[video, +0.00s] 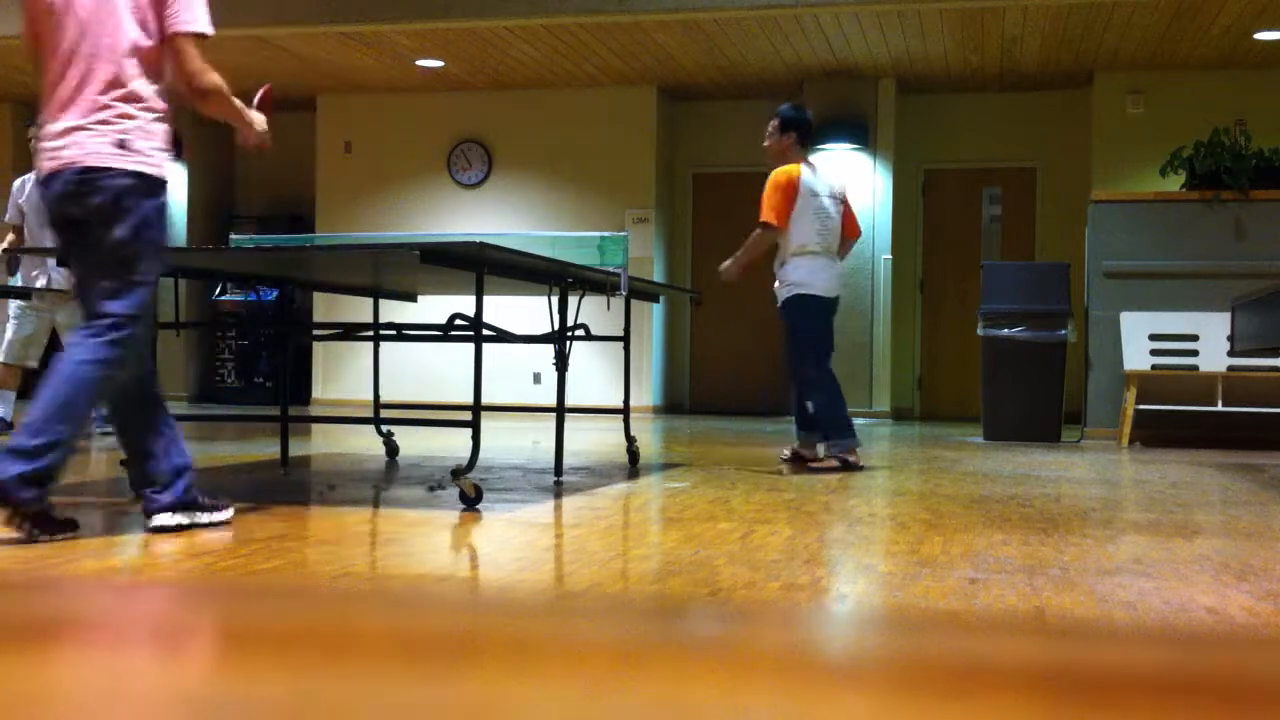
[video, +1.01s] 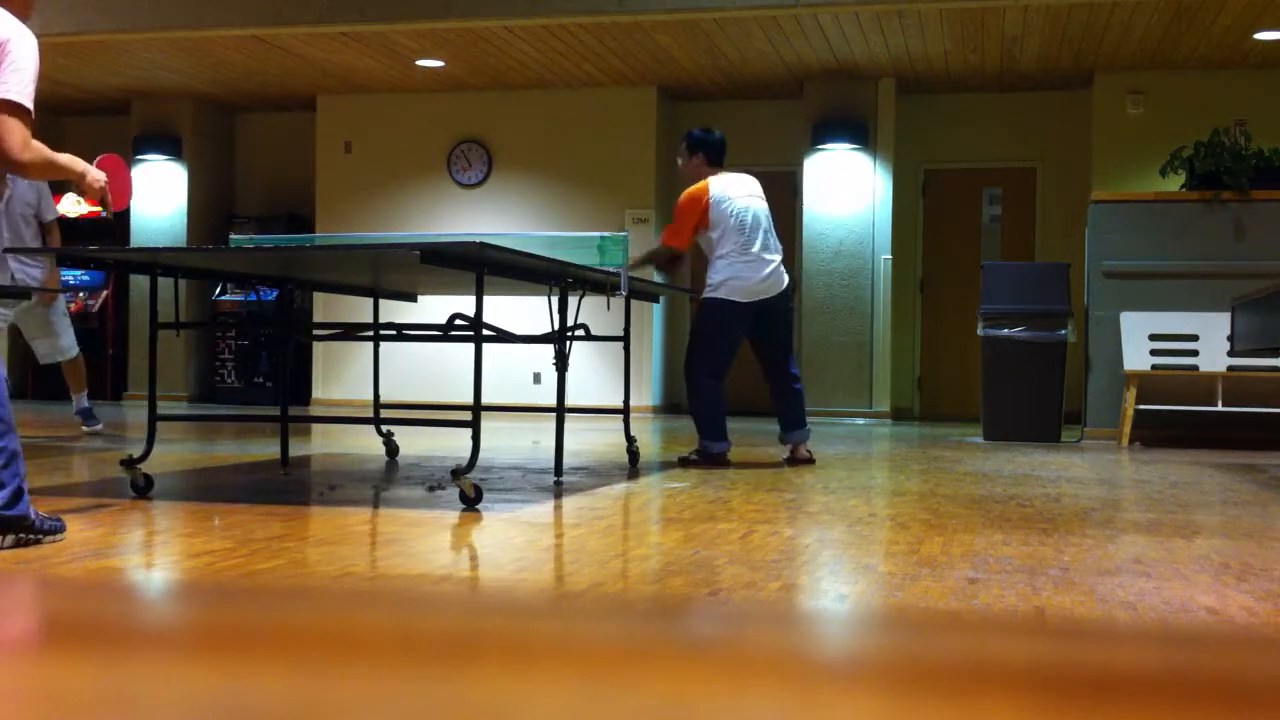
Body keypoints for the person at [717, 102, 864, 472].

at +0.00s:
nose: (765, 141)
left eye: (771, 134)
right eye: (767, 133)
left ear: (791, 138)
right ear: (797, 139)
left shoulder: (783, 176)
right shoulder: (826, 180)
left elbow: (769, 229)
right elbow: (851, 232)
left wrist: (737, 262)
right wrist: (825, 264)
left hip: (801, 281)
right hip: (826, 281)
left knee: (812, 365)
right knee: (806, 364)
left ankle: (843, 448)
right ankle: (808, 445)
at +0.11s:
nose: (759, 147)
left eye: (765, 140)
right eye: (761, 140)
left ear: (783, 143)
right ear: (792, 145)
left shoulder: (778, 180)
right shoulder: (824, 185)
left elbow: (758, 233)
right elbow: (845, 238)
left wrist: (721, 265)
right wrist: (823, 269)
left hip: (795, 285)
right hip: (825, 286)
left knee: (789, 366)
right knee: (808, 367)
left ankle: (831, 438)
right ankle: (807, 444)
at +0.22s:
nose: (749, 159)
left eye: (753, 150)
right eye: (749, 151)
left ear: (771, 149)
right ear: (782, 151)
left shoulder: (773, 181)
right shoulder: (814, 186)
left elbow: (741, 235)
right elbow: (828, 245)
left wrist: (702, 269)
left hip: (789, 288)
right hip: (823, 292)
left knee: (753, 354)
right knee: (806, 365)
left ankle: (791, 434)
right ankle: (805, 443)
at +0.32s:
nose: (740, 161)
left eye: (743, 153)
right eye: (740, 153)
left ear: (758, 153)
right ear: (772, 154)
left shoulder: (761, 182)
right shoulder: (801, 183)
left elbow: (728, 236)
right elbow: (811, 240)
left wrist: (690, 271)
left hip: (786, 285)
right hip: (822, 289)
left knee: (747, 355)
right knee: (806, 366)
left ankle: (747, 444)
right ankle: (807, 447)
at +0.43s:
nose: (726, 170)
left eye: (729, 161)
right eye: (726, 162)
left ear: (743, 158)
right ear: (759, 157)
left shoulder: (746, 188)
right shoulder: (793, 185)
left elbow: (714, 241)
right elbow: (798, 240)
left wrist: (680, 274)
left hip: (776, 290)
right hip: (815, 293)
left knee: (742, 363)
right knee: (806, 365)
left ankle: (715, 443)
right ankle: (808, 446)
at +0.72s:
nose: (687, 178)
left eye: (688, 171)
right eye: (686, 171)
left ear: (702, 169)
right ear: (720, 167)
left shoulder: (704, 203)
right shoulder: (755, 188)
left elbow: (687, 259)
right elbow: (751, 244)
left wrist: (648, 279)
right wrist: (714, 269)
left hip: (745, 293)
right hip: (788, 291)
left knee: (711, 369)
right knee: (791, 369)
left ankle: (713, 448)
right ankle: (805, 446)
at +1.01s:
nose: (679, 165)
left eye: (682, 158)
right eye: (679, 158)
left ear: (698, 159)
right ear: (715, 160)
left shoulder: (696, 194)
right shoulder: (749, 182)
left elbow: (670, 250)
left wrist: (638, 260)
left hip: (730, 290)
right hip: (773, 287)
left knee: (702, 369)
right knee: (781, 366)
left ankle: (713, 448)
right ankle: (799, 446)